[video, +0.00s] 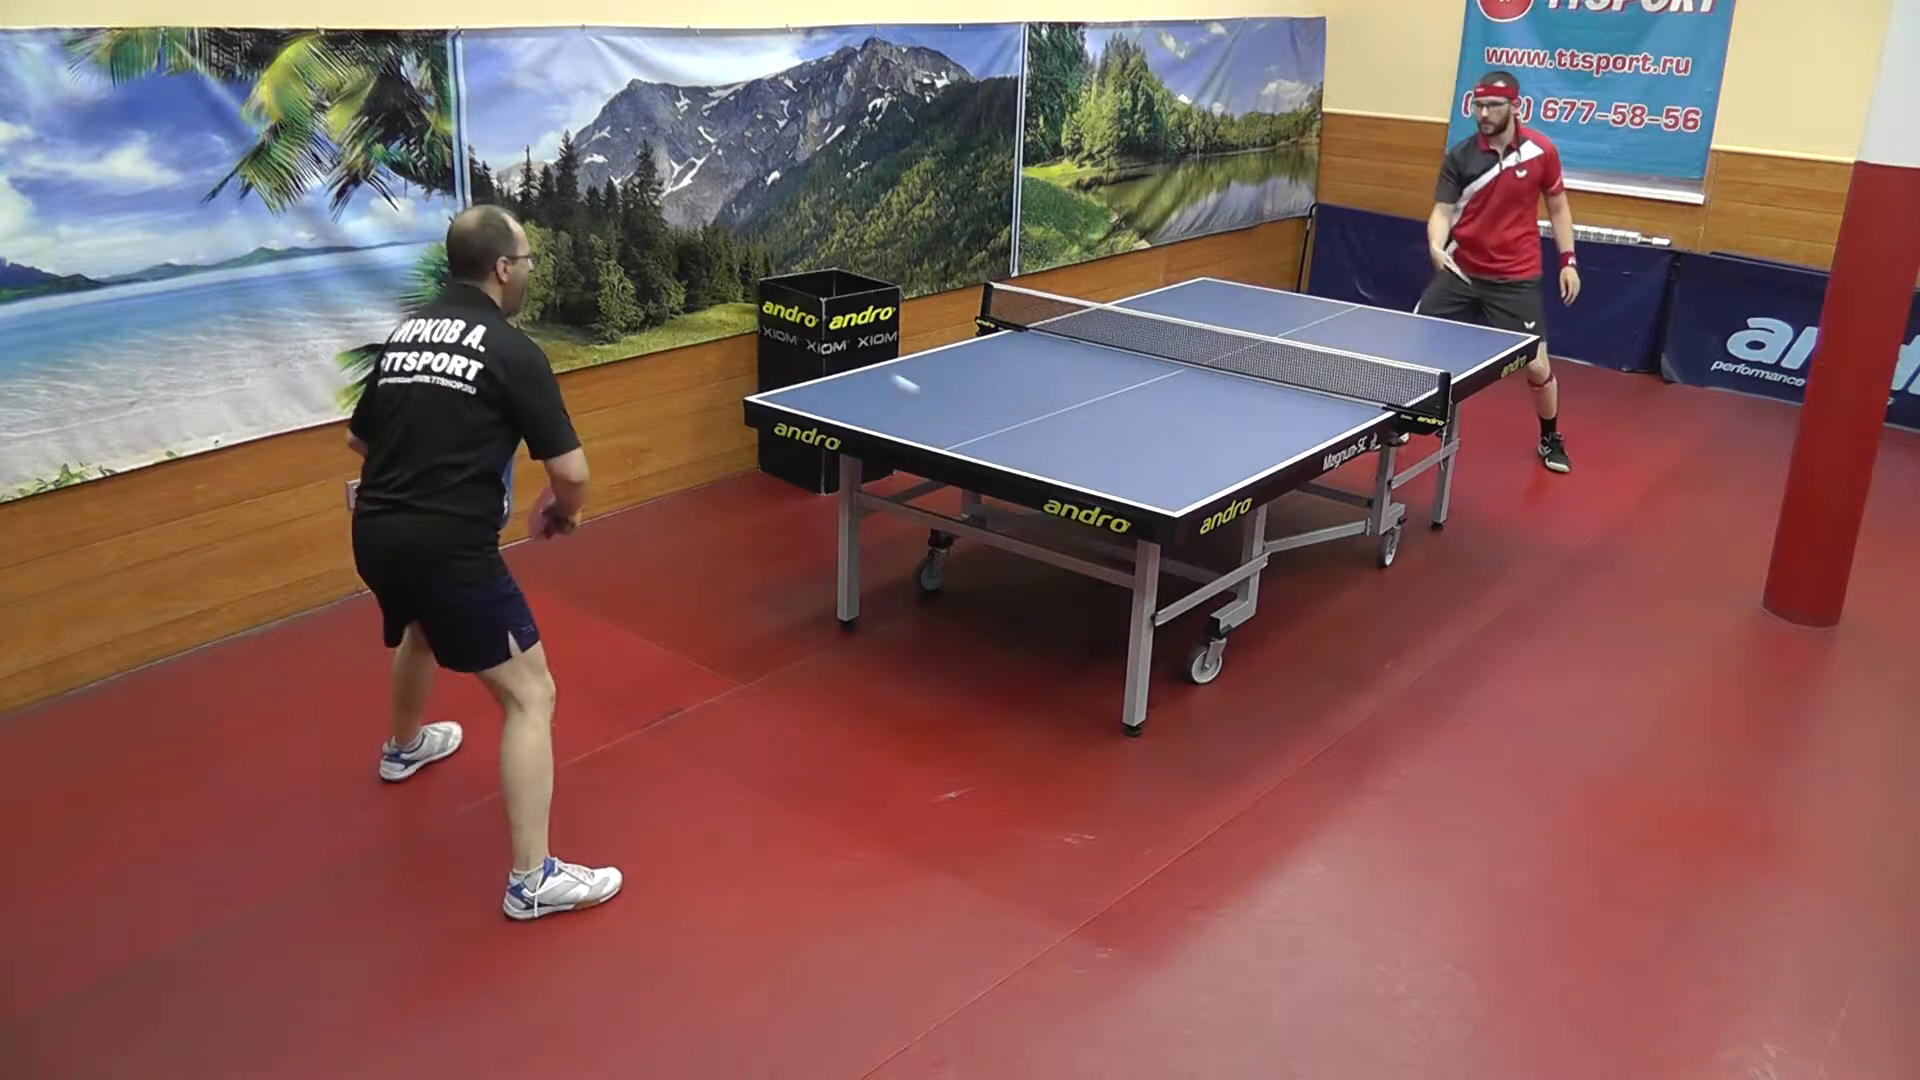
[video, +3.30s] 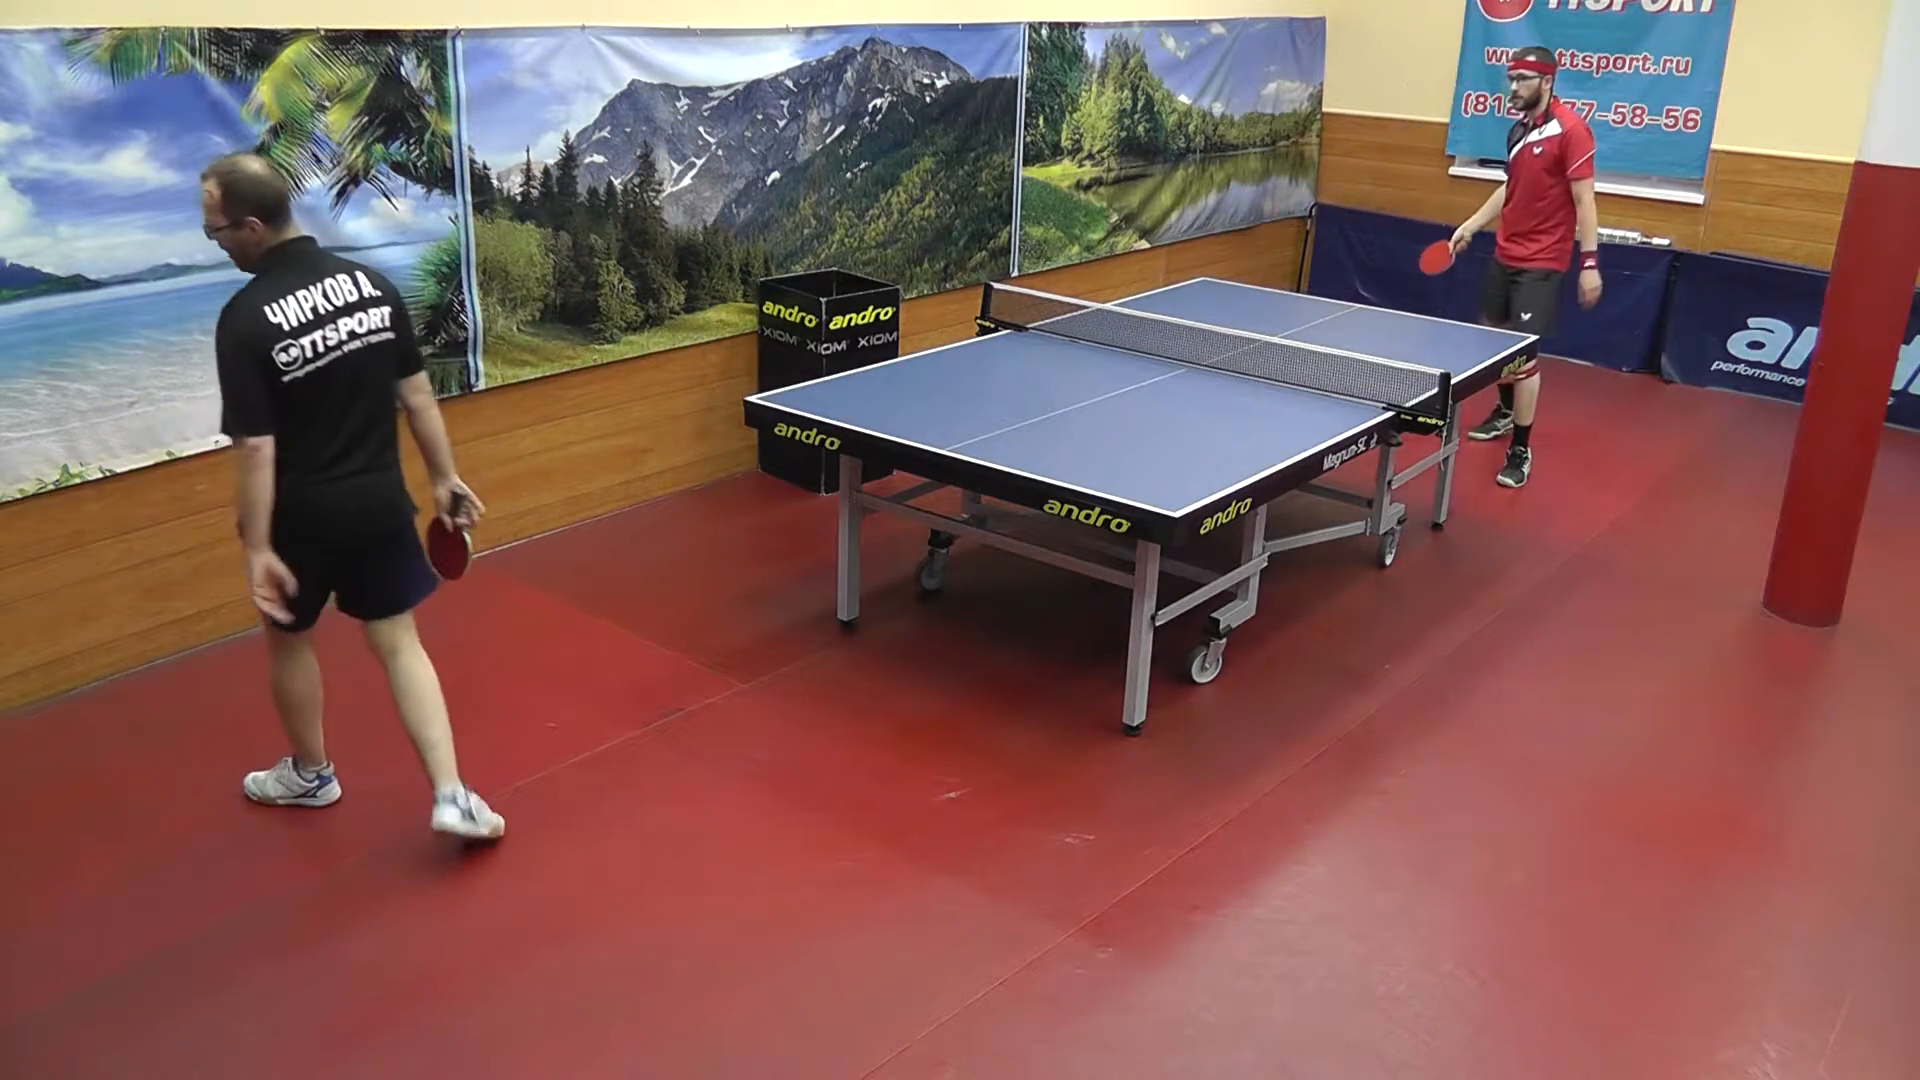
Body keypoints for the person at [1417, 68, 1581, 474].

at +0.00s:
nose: (1484, 114)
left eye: (1493, 106)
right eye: (1479, 106)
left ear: (1514, 107)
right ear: (1472, 107)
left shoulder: (1541, 153)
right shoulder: (1460, 156)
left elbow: (1558, 207)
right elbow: (1443, 211)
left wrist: (1568, 262)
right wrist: (1436, 247)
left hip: (1516, 281)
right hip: (1459, 274)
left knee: (1537, 368)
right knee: (1415, 342)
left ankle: (1550, 437)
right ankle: (1414, 410)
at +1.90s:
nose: (1490, 120)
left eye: (1499, 111)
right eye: (1484, 111)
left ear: (1519, 110)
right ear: (1478, 110)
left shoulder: (1545, 152)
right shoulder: (1466, 155)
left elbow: (1565, 207)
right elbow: (1429, 209)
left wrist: (1570, 262)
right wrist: (1462, 235)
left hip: (1523, 277)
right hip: (1464, 269)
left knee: (1539, 362)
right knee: (1422, 338)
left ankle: (1552, 437)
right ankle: (1412, 414)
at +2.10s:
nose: (1433, 126)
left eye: (1441, 117)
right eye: (1426, 118)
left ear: (1459, 115)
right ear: (1420, 119)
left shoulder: (1491, 152)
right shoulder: (1417, 160)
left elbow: (1525, 198)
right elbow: (1382, 180)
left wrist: (1562, 242)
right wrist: (1337, 159)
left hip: (1502, 279)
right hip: (1443, 279)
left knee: (1534, 360)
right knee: (1403, 347)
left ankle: (1552, 436)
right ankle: (1386, 429)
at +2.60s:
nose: (1428, 93)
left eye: (1437, 86)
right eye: (1424, 86)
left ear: (1462, 86)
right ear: (1423, 87)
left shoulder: (1495, 133)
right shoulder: (1423, 137)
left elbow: (1519, 190)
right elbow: (1392, 192)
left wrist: (1501, 221)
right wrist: (1346, 200)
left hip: (1481, 271)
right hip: (1428, 266)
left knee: (1499, 360)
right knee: (1396, 345)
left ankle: (1517, 448)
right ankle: (1386, 427)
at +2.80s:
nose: (1469, 97)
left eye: (1478, 90)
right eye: (1467, 89)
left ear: (1504, 92)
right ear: (1468, 90)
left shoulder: (1532, 137)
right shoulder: (1468, 135)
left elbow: (1533, 201)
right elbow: (1445, 190)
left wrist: (1486, 219)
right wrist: (1398, 197)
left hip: (1503, 276)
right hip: (1455, 269)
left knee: (1504, 366)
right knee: (1411, 341)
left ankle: (1517, 450)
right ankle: (1394, 427)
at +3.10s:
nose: (1504, 91)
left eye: (1513, 84)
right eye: (1502, 83)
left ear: (1538, 85)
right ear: (1505, 85)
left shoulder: (1563, 133)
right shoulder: (1512, 129)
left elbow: (1567, 207)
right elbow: (1501, 188)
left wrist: (1534, 260)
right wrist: (1455, 216)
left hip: (1534, 267)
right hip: (1496, 260)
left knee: (1515, 363)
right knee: (1465, 342)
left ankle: (1518, 452)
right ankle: (1440, 417)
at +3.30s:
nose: (1515, 87)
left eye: (1524, 80)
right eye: (1512, 79)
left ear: (1548, 82)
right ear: (1513, 82)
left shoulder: (1572, 131)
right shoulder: (1520, 128)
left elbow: (1585, 201)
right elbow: (1512, 187)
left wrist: (1589, 264)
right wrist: (1472, 226)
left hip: (1543, 263)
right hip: (1505, 256)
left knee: (1524, 354)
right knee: (1495, 338)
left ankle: (1520, 450)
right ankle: (1506, 410)